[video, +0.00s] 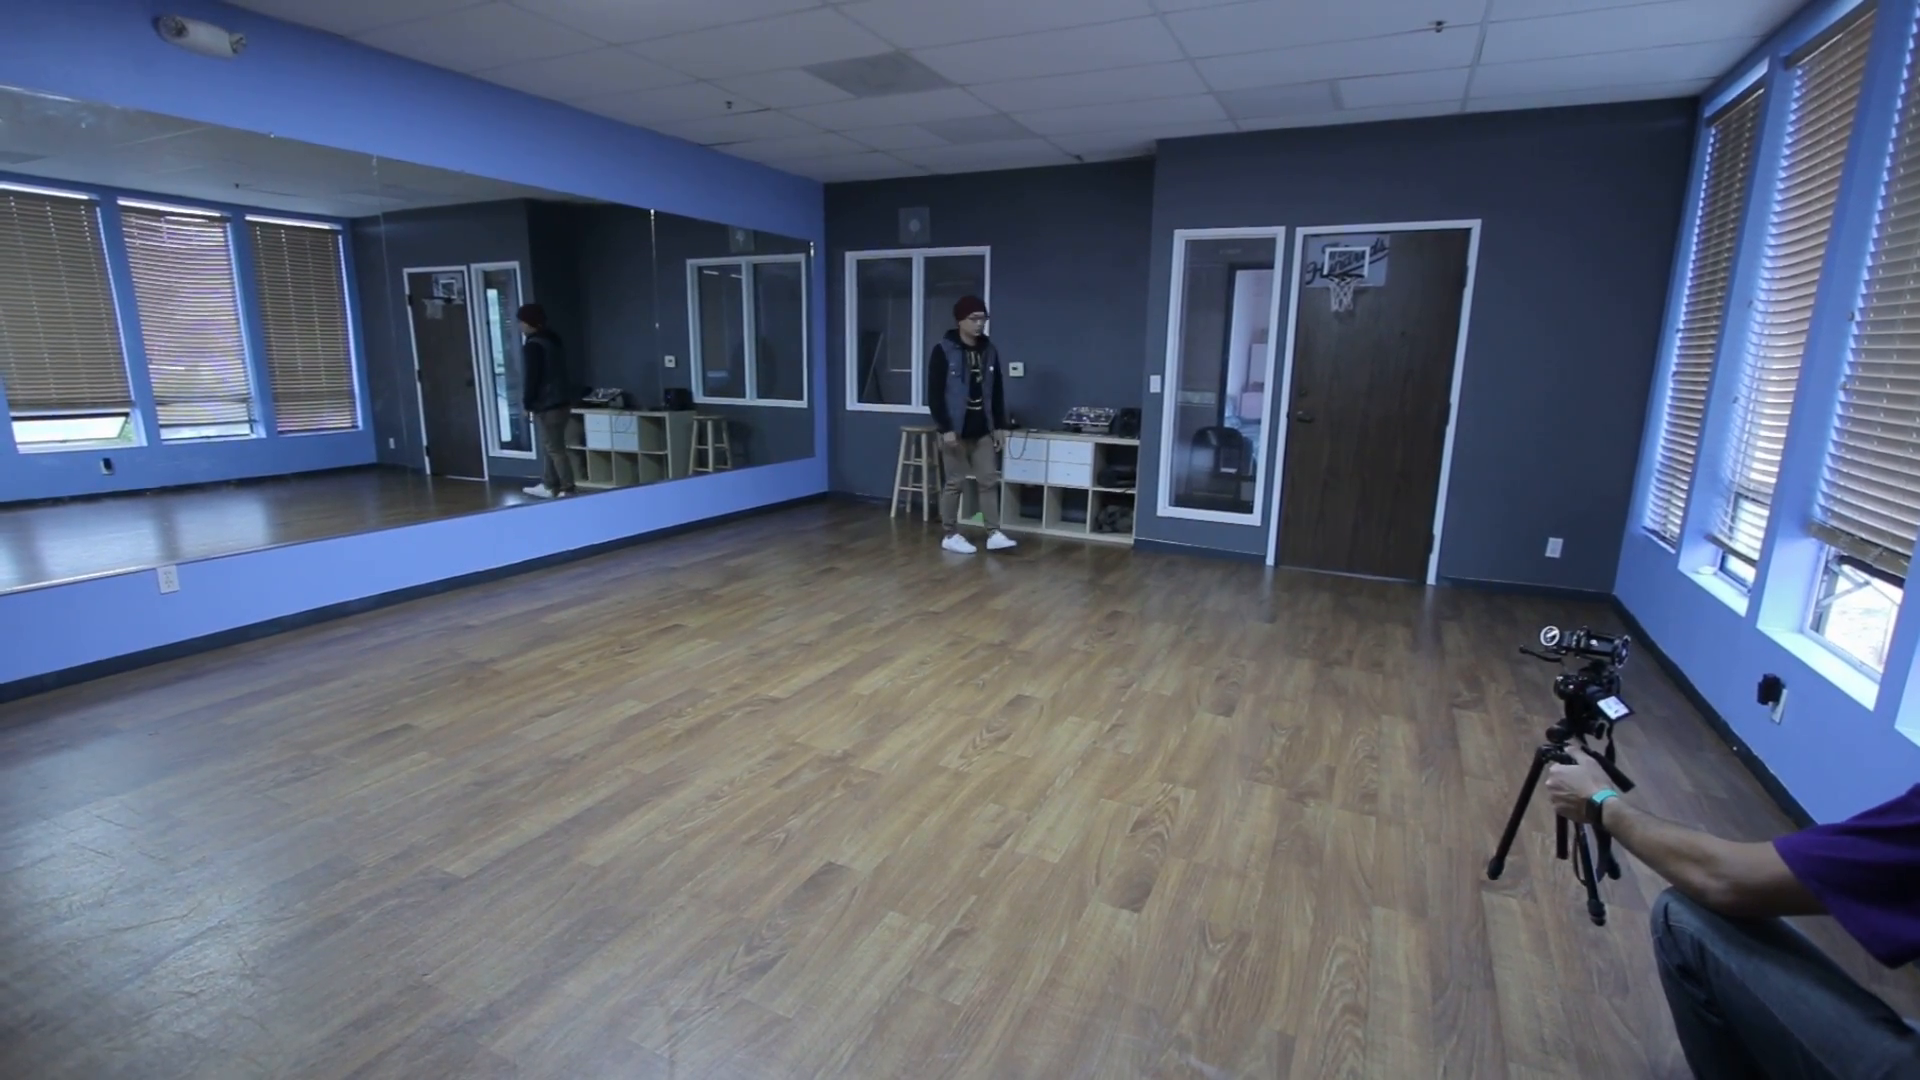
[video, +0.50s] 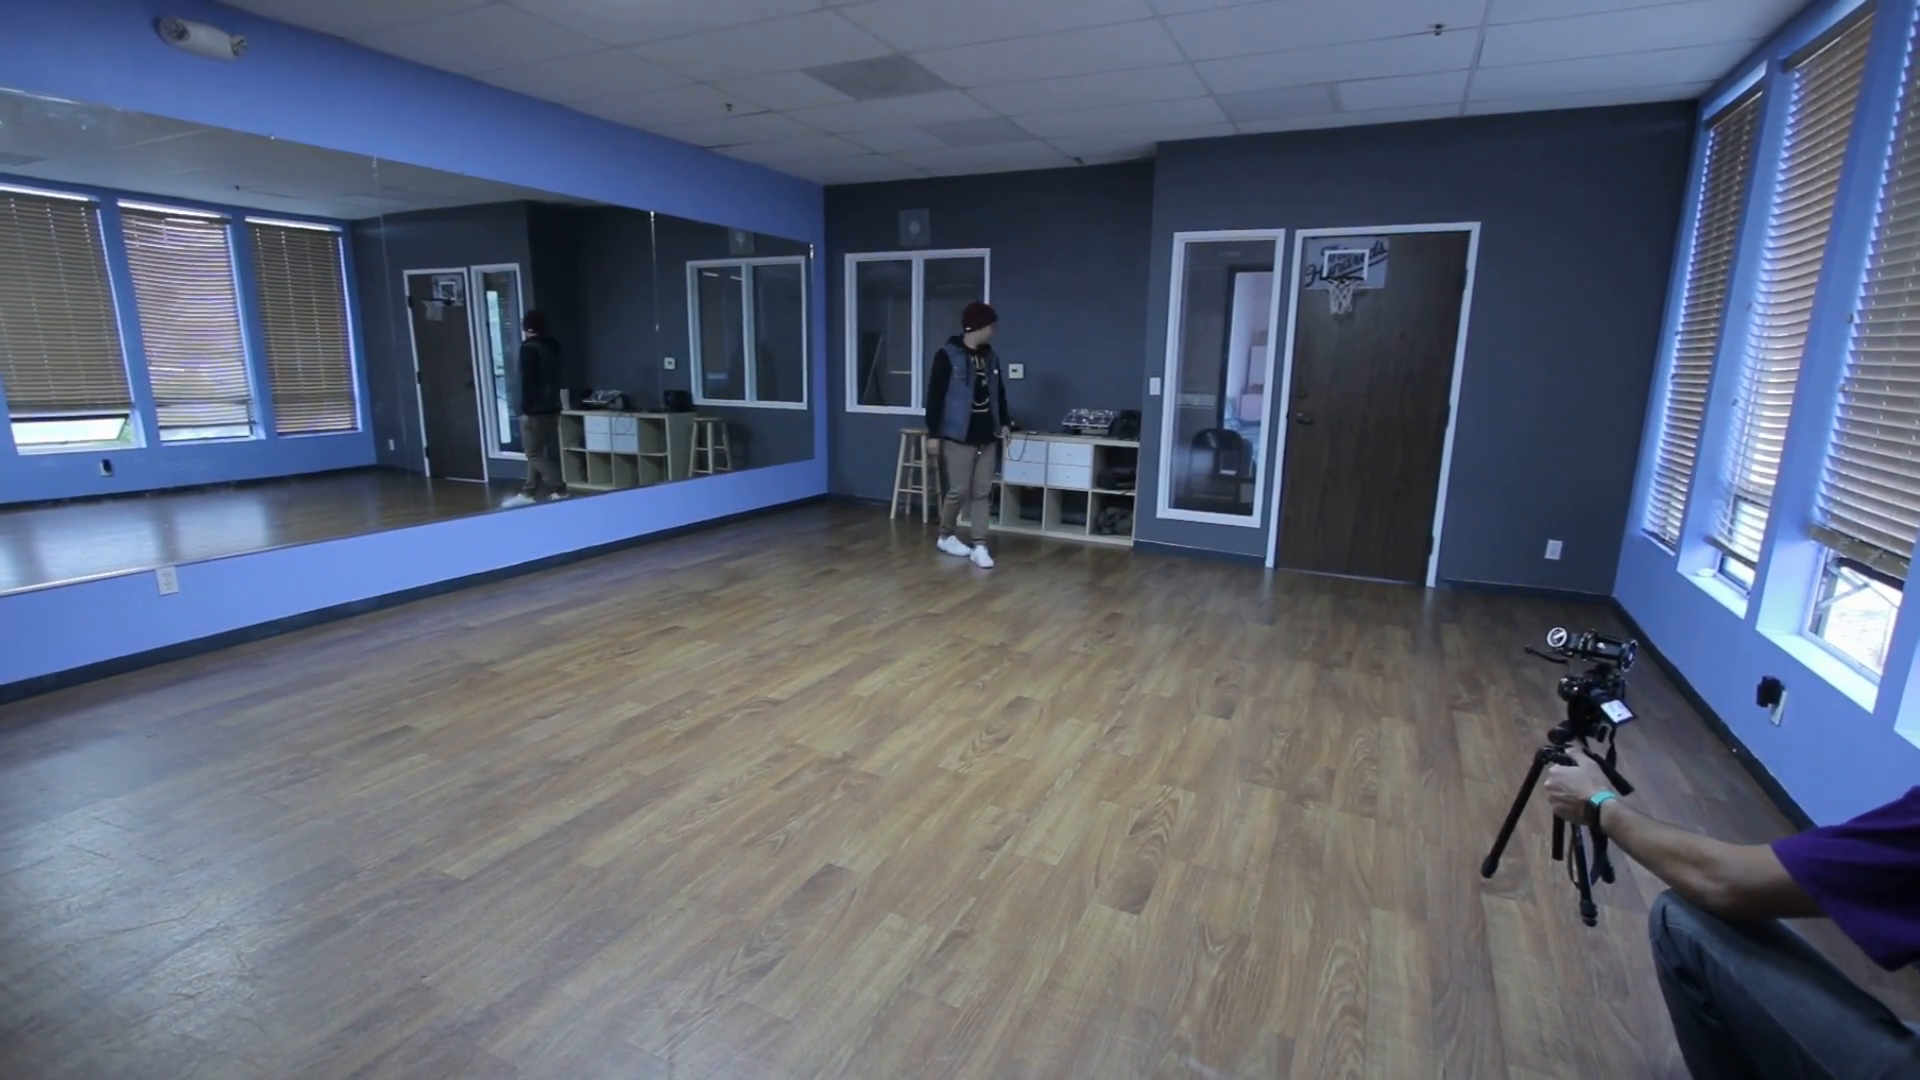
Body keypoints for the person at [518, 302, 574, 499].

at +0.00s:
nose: (520, 327)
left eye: (522, 323)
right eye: (520, 323)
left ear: (530, 323)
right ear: (539, 321)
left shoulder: (533, 344)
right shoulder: (553, 338)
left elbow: (532, 376)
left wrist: (527, 404)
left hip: (546, 402)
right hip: (560, 398)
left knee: (553, 447)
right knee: (550, 445)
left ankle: (567, 487)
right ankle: (549, 483)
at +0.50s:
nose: (523, 330)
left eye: (524, 327)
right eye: (525, 327)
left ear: (526, 328)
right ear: (543, 327)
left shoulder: (528, 348)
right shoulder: (552, 345)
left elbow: (527, 380)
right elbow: (554, 377)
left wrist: (525, 408)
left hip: (534, 409)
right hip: (551, 408)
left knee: (534, 454)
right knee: (537, 451)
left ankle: (558, 488)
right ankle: (530, 489)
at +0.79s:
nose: (533, 327)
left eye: (533, 323)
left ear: (534, 324)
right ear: (553, 322)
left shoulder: (529, 346)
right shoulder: (564, 342)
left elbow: (522, 379)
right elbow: (576, 372)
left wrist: (517, 407)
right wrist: (576, 395)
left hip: (547, 402)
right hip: (569, 400)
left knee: (550, 448)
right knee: (558, 446)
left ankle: (562, 485)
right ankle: (553, 483)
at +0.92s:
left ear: (539, 322)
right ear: (560, 321)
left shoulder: (532, 344)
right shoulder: (570, 341)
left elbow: (524, 376)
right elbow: (583, 372)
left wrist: (519, 403)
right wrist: (593, 398)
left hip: (548, 402)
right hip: (572, 400)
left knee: (555, 445)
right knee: (572, 443)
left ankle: (563, 485)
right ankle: (576, 482)